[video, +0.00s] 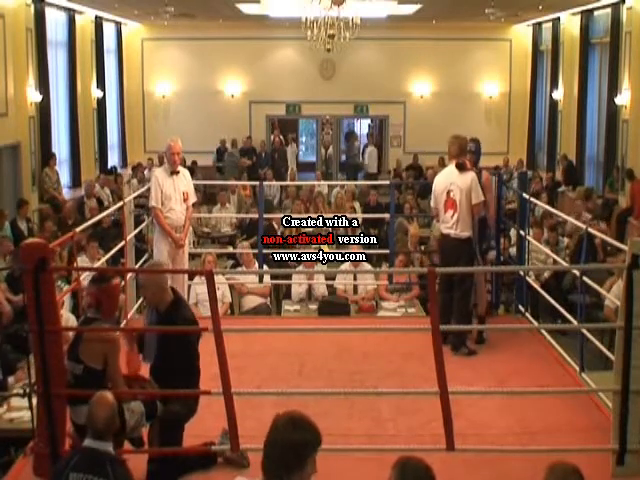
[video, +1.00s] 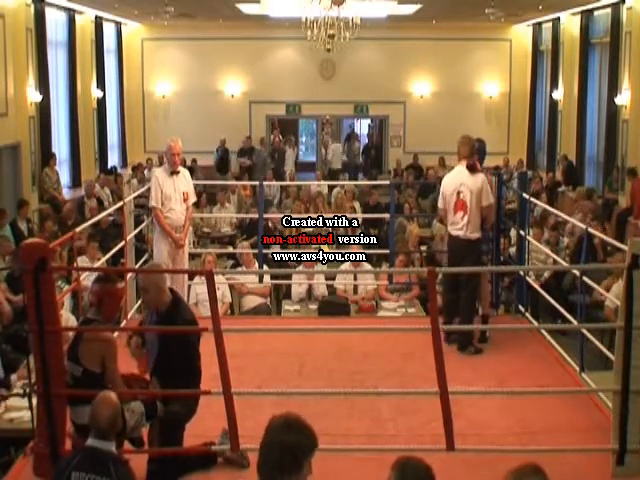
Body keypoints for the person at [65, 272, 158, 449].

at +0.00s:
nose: (121, 299)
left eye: (120, 293)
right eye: (117, 294)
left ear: (95, 298)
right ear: (103, 298)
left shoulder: (83, 325)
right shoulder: (109, 335)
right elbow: (119, 391)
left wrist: (131, 385)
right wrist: (140, 395)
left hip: (76, 412)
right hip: (95, 416)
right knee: (152, 405)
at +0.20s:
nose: (119, 301)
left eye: (119, 295)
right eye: (116, 295)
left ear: (96, 298)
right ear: (103, 298)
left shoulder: (84, 325)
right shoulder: (109, 335)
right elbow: (118, 390)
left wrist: (130, 385)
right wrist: (139, 396)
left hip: (76, 410)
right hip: (95, 414)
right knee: (153, 406)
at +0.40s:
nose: (120, 304)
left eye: (120, 298)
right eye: (117, 298)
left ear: (93, 299)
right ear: (105, 300)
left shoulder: (83, 327)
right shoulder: (106, 338)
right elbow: (117, 390)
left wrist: (129, 383)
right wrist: (139, 394)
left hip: (76, 410)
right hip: (93, 415)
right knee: (152, 405)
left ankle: (133, 429)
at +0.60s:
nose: (120, 304)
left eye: (120, 298)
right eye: (117, 298)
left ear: (94, 300)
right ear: (105, 300)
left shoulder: (83, 328)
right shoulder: (105, 339)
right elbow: (116, 389)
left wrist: (130, 384)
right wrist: (140, 395)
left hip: (76, 410)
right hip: (94, 414)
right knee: (152, 406)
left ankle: (133, 430)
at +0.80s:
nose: (120, 305)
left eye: (120, 299)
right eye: (117, 299)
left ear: (95, 300)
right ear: (103, 301)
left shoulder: (83, 328)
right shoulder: (105, 339)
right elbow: (117, 390)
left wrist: (129, 384)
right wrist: (141, 395)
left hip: (77, 410)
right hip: (94, 415)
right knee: (152, 406)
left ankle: (133, 430)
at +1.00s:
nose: (120, 305)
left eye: (121, 299)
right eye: (117, 299)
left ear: (95, 300)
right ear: (103, 301)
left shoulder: (83, 328)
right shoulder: (105, 339)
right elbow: (117, 390)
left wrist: (131, 385)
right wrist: (143, 395)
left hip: (77, 411)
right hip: (93, 416)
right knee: (153, 406)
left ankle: (133, 430)